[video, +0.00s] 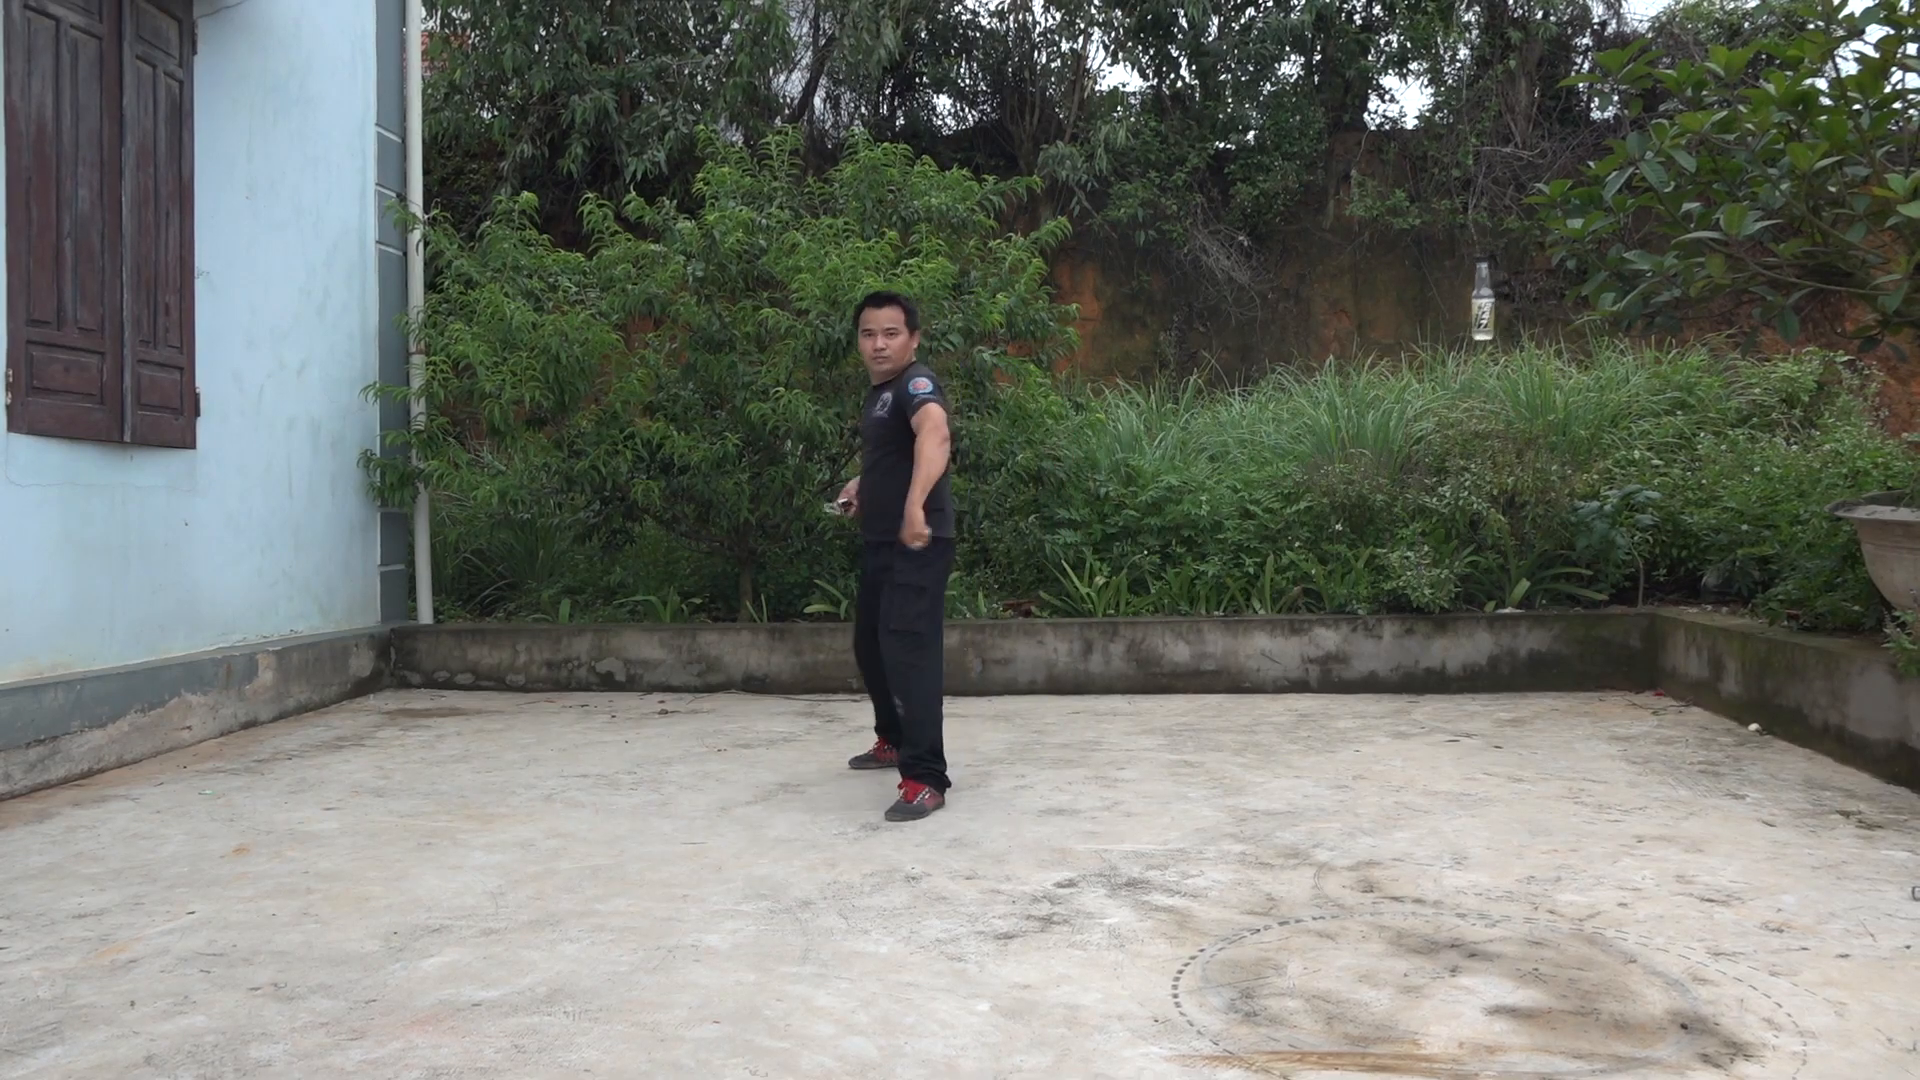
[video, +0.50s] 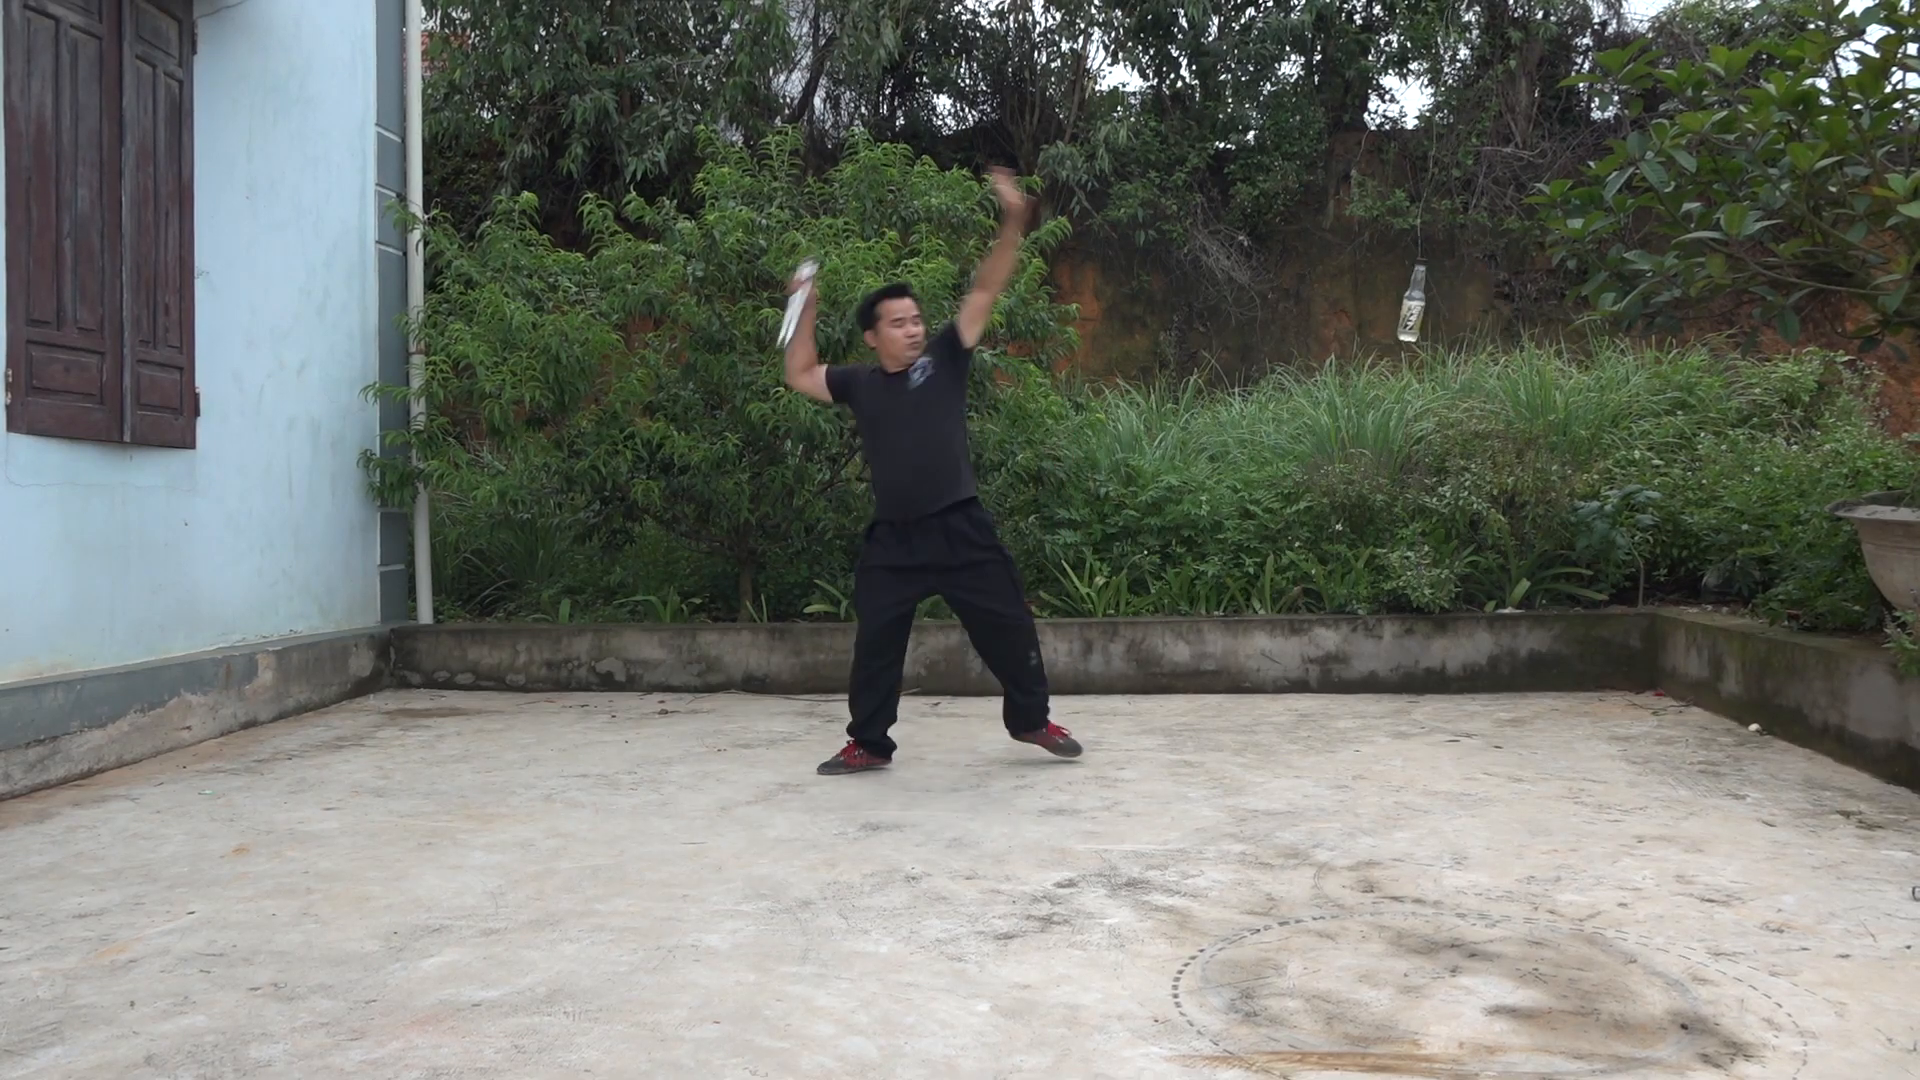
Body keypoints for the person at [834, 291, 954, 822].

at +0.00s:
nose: (879, 343)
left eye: (891, 333)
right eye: (869, 334)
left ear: (912, 340)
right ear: (858, 342)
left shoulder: (916, 383)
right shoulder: (880, 394)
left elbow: (935, 438)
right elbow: (890, 457)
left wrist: (914, 507)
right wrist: (863, 485)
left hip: (916, 543)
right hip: (881, 544)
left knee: (910, 649)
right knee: (873, 646)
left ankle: (927, 779)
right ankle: (895, 743)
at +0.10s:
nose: (859, 355)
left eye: (872, 345)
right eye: (851, 346)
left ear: (896, 354)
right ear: (841, 354)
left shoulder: (897, 398)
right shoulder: (873, 407)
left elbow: (932, 451)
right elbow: (889, 469)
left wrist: (915, 524)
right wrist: (868, 509)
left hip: (916, 551)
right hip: (884, 551)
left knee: (908, 657)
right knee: (854, 647)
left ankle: (926, 779)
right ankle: (872, 745)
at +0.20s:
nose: (847, 362)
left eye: (859, 352)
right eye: (839, 353)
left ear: (883, 360)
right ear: (830, 362)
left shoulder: (892, 414)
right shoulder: (861, 415)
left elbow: (913, 495)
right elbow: (890, 488)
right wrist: (874, 537)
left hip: (931, 555)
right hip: (888, 556)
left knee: (939, 666)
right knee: (853, 649)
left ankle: (937, 775)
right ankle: (867, 746)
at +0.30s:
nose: (864, 358)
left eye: (874, 348)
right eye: (852, 350)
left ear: (892, 356)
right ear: (839, 362)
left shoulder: (905, 405)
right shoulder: (848, 417)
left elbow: (849, 458)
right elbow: (837, 469)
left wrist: (787, 410)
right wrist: (835, 524)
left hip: (940, 550)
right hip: (885, 555)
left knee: (968, 643)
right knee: (851, 643)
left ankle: (1005, 755)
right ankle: (868, 747)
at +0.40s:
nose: (877, 343)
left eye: (883, 335)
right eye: (866, 338)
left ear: (898, 344)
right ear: (851, 354)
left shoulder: (919, 385)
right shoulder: (853, 405)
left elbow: (891, 331)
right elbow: (811, 423)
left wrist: (829, 292)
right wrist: (775, 441)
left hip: (948, 547)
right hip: (888, 551)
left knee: (993, 643)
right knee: (857, 642)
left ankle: (1045, 745)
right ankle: (868, 746)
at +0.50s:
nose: (914, 328)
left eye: (916, 319)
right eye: (900, 322)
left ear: (926, 326)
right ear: (872, 339)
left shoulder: (946, 359)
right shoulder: (859, 384)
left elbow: (984, 291)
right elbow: (800, 374)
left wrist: (1013, 222)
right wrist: (803, 305)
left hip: (962, 529)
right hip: (894, 538)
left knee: (1010, 626)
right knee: (875, 640)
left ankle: (1030, 720)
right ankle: (869, 744)